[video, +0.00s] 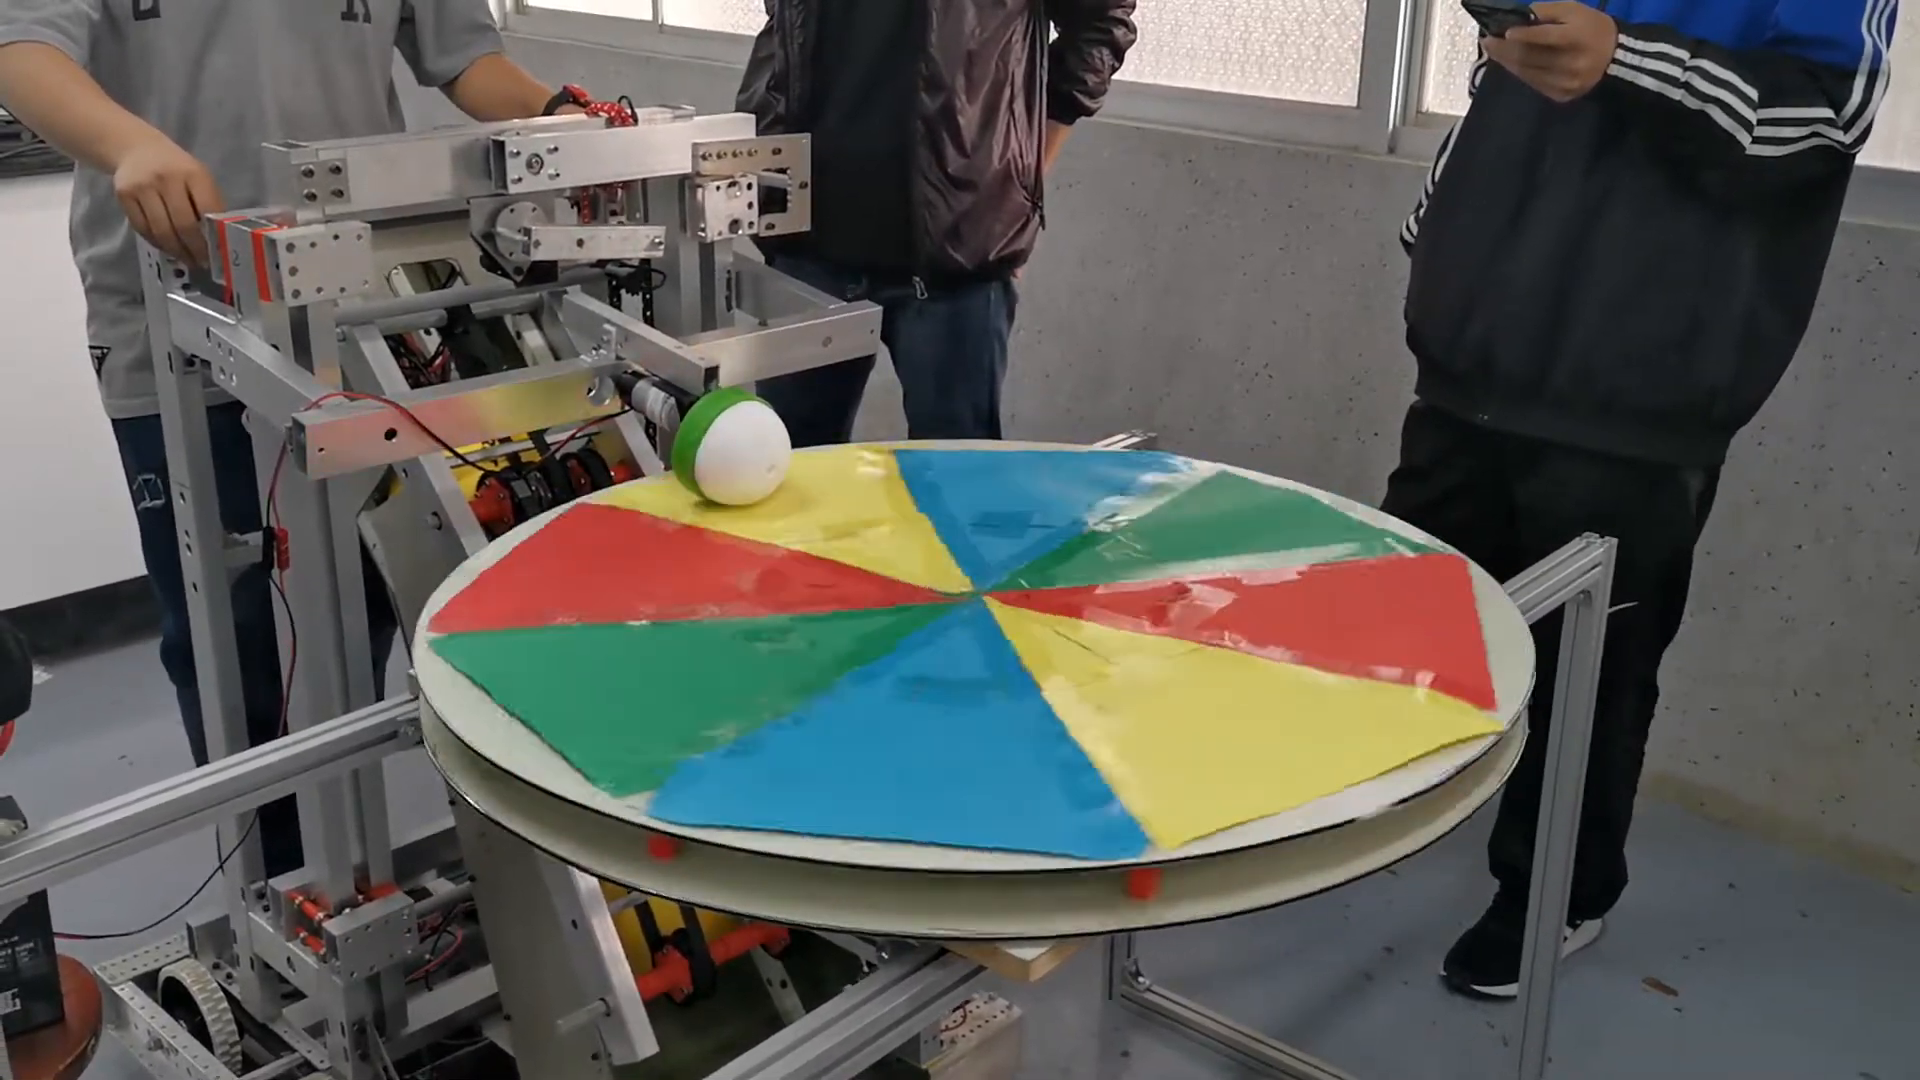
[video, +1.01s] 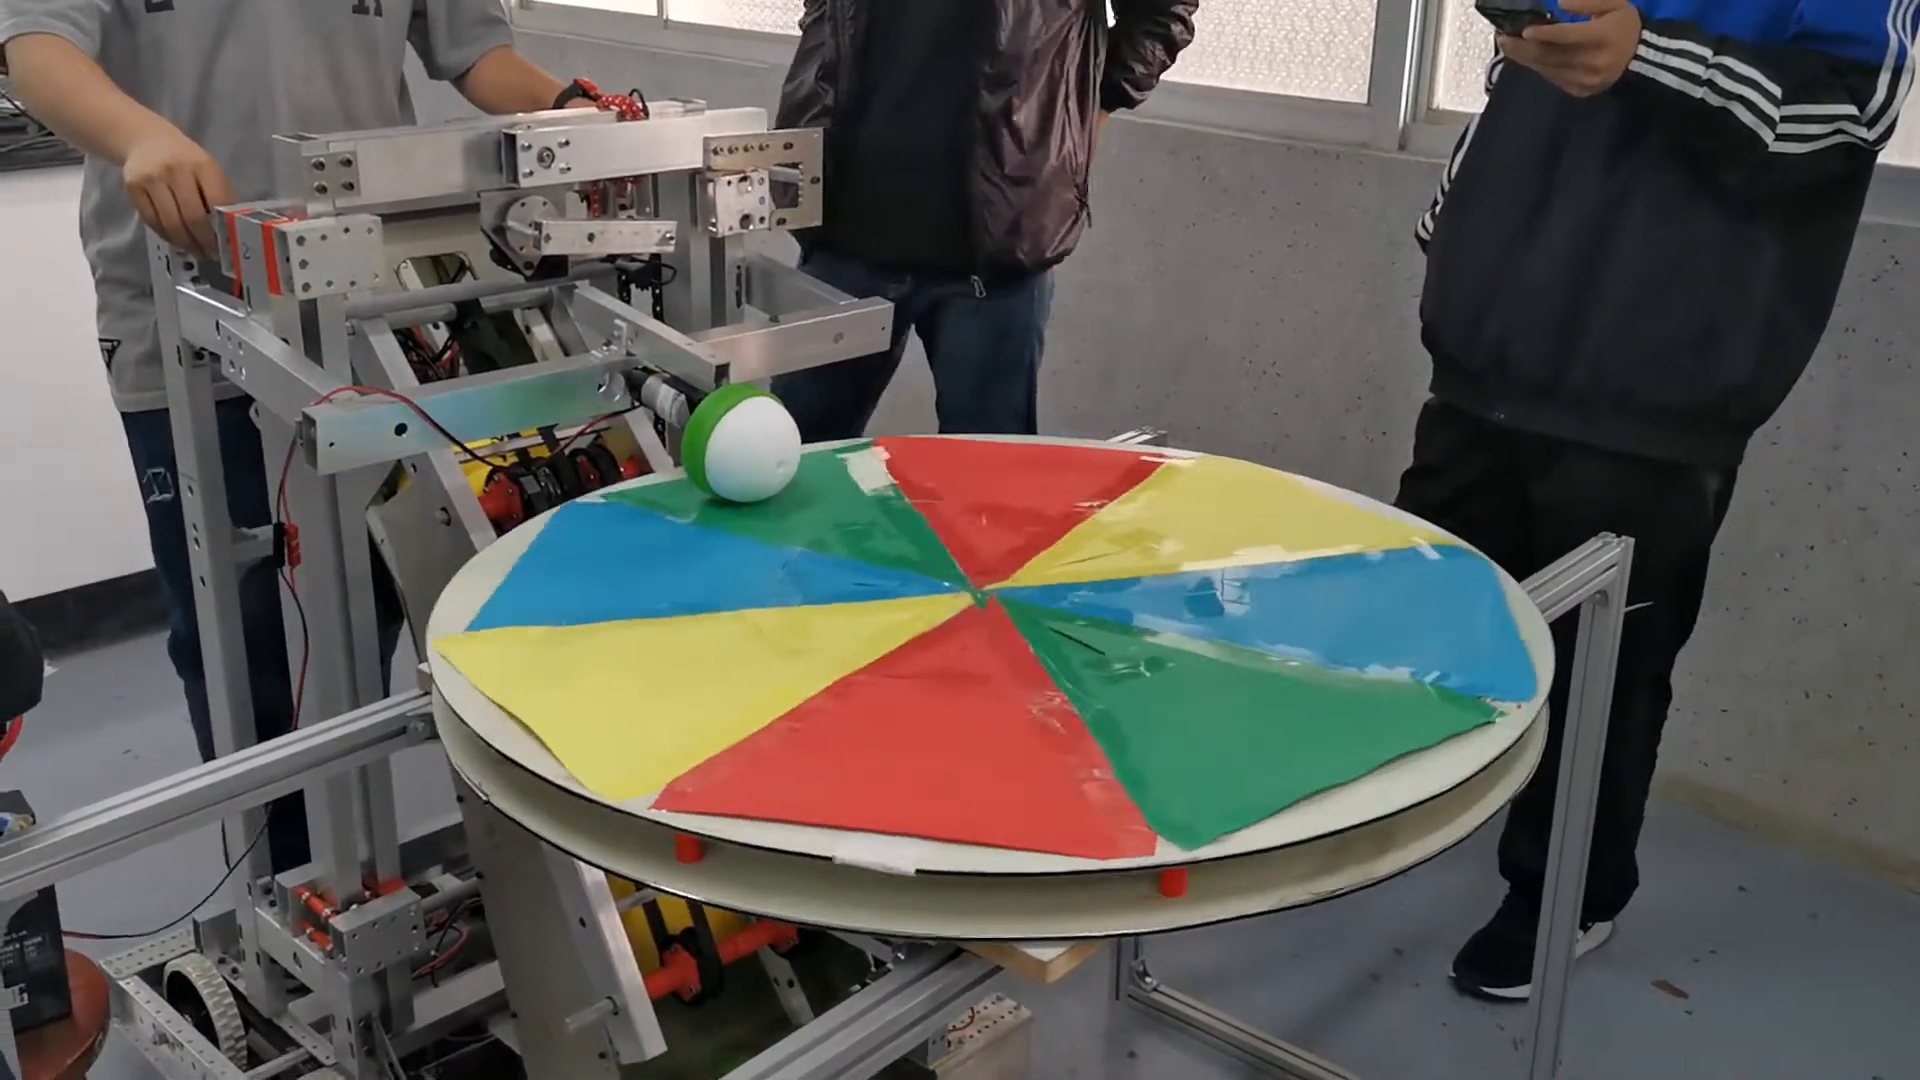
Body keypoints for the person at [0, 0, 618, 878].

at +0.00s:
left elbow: (456, 46)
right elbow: (23, 48)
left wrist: (556, 115)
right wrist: (126, 142)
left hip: (354, 317)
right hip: (173, 325)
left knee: (359, 605)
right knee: (223, 635)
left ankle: (359, 858)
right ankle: (273, 884)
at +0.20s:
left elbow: (460, 49)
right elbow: (23, 47)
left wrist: (558, 114)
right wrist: (127, 143)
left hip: (356, 317)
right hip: (176, 326)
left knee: (357, 610)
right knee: (223, 639)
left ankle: (352, 859)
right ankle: (274, 886)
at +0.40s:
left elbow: (461, 46)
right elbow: (24, 46)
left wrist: (556, 112)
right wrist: (129, 141)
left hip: (358, 317)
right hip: (179, 327)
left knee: (355, 611)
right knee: (227, 639)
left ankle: (345, 862)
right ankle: (274, 889)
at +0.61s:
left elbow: (463, 44)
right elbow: (24, 43)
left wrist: (558, 111)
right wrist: (131, 139)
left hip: (357, 310)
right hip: (179, 321)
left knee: (360, 601)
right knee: (226, 631)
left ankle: (349, 857)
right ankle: (275, 885)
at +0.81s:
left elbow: (464, 42)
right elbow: (26, 42)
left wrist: (563, 112)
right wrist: (133, 137)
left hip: (359, 313)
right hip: (180, 322)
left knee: (358, 604)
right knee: (227, 632)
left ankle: (350, 856)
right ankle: (274, 883)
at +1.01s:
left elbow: (467, 39)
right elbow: (34, 41)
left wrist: (571, 110)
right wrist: (138, 136)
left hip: (365, 308)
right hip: (185, 318)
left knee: (363, 602)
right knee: (232, 630)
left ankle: (358, 854)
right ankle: (281, 883)